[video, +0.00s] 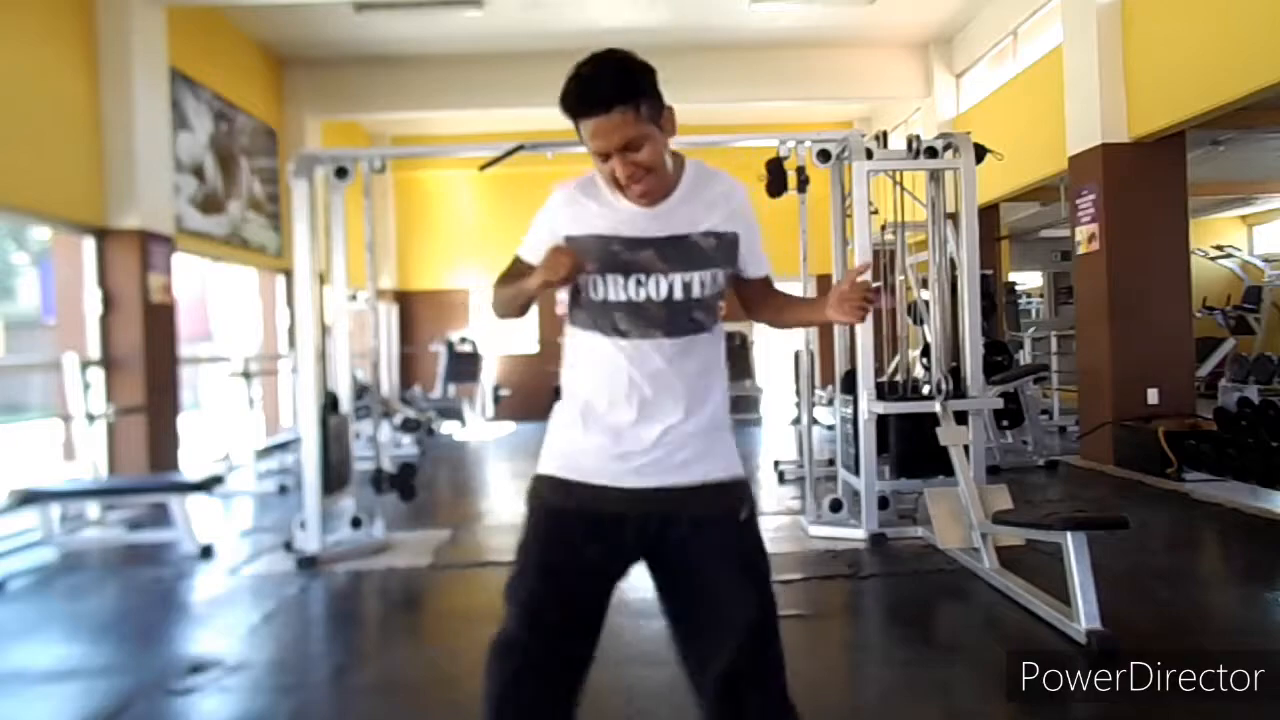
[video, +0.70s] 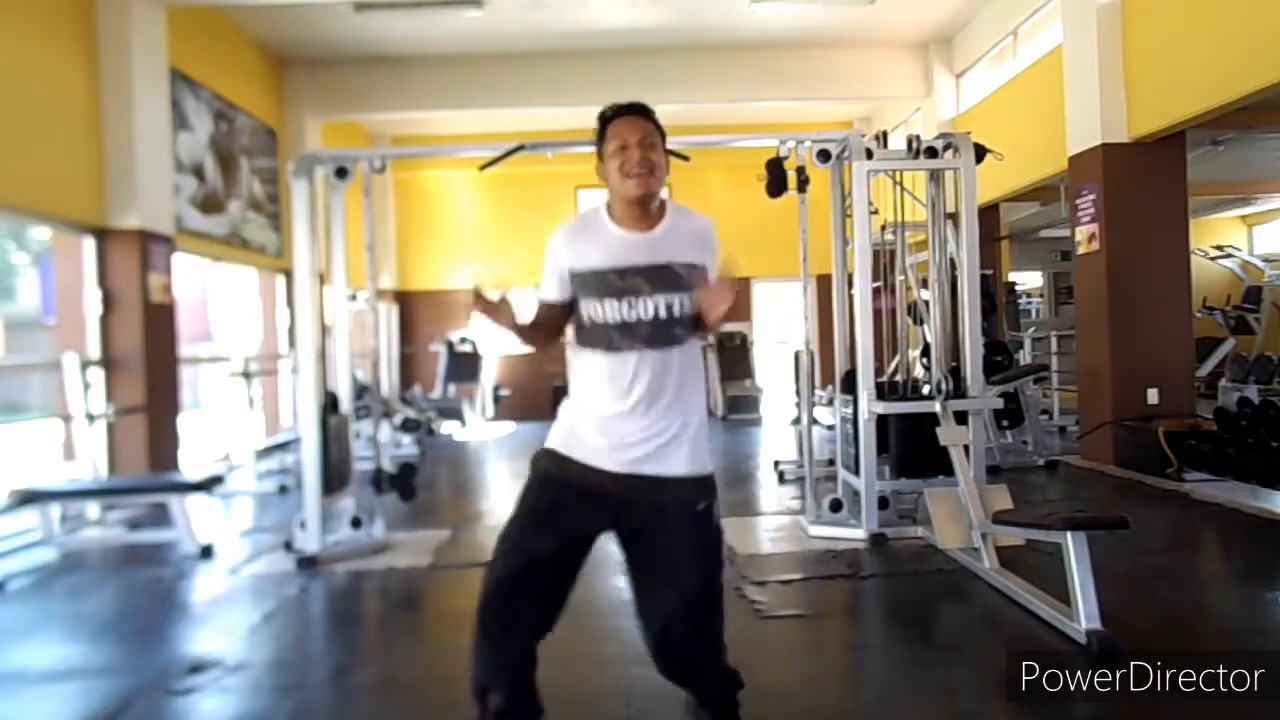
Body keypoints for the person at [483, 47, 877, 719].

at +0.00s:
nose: (625, 168)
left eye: (635, 146)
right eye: (606, 157)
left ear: (666, 119)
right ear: (585, 146)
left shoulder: (724, 197)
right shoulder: (569, 205)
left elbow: (758, 299)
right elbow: (502, 302)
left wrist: (824, 306)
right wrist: (540, 278)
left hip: (700, 480)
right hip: (581, 479)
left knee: (745, 679)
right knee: (526, 673)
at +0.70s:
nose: (637, 157)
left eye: (648, 145)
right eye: (622, 148)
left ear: (666, 157)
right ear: (602, 164)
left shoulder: (697, 234)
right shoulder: (572, 241)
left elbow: (700, 322)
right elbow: (543, 332)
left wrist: (719, 307)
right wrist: (500, 314)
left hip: (674, 467)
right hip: (579, 458)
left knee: (684, 644)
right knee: (504, 616)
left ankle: (720, 699)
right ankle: (507, 710)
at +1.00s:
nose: (633, 186)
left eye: (643, 175)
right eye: (619, 179)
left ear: (663, 186)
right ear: (602, 196)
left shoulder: (699, 252)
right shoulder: (582, 261)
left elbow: (722, 326)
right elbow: (538, 321)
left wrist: (721, 334)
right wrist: (510, 345)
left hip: (664, 464)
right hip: (578, 454)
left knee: (693, 590)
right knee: (522, 567)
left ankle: (730, 677)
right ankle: (512, 692)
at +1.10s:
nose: (634, 174)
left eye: (644, 164)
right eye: (620, 167)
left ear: (665, 177)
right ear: (603, 186)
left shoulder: (696, 250)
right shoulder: (579, 253)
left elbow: (711, 331)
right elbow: (538, 337)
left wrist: (735, 315)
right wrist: (544, 319)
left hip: (669, 456)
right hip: (581, 447)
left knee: (691, 599)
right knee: (513, 578)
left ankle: (731, 674)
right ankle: (503, 684)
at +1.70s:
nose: (658, 221)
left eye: (667, 209)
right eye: (647, 207)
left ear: (675, 208)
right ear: (616, 203)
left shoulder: (687, 261)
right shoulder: (574, 266)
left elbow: (717, 336)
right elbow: (524, 317)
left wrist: (711, 340)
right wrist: (483, 359)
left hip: (665, 464)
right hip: (581, 460)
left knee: (703, 577)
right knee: (540, 573)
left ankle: (734, 676)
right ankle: (518, 684)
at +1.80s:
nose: (642, 198)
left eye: (655, 187)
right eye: (631, 185)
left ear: (669, 195)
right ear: (610, 190)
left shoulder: (688, 259)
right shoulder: (574, 257)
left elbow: (700, 343)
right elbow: (530, 325)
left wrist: (718, 310)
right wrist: (505, 320)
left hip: (666, 458)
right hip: (582, 449)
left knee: (692, 603)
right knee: (515, 563)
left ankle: (734, 666)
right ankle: (511, 670)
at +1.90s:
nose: (636, 188)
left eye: (648, 178)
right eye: (623, 177)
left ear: (661, 189)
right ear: (604, 185)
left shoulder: (680, 256)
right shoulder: (570, 246)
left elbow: (705, 336)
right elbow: (538, 325)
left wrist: (745, 320)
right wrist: (549, 321)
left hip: (666, 447)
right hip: (579, 451)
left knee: (713, 566)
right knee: (530, 577)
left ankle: (739, 667)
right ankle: (512, 694)